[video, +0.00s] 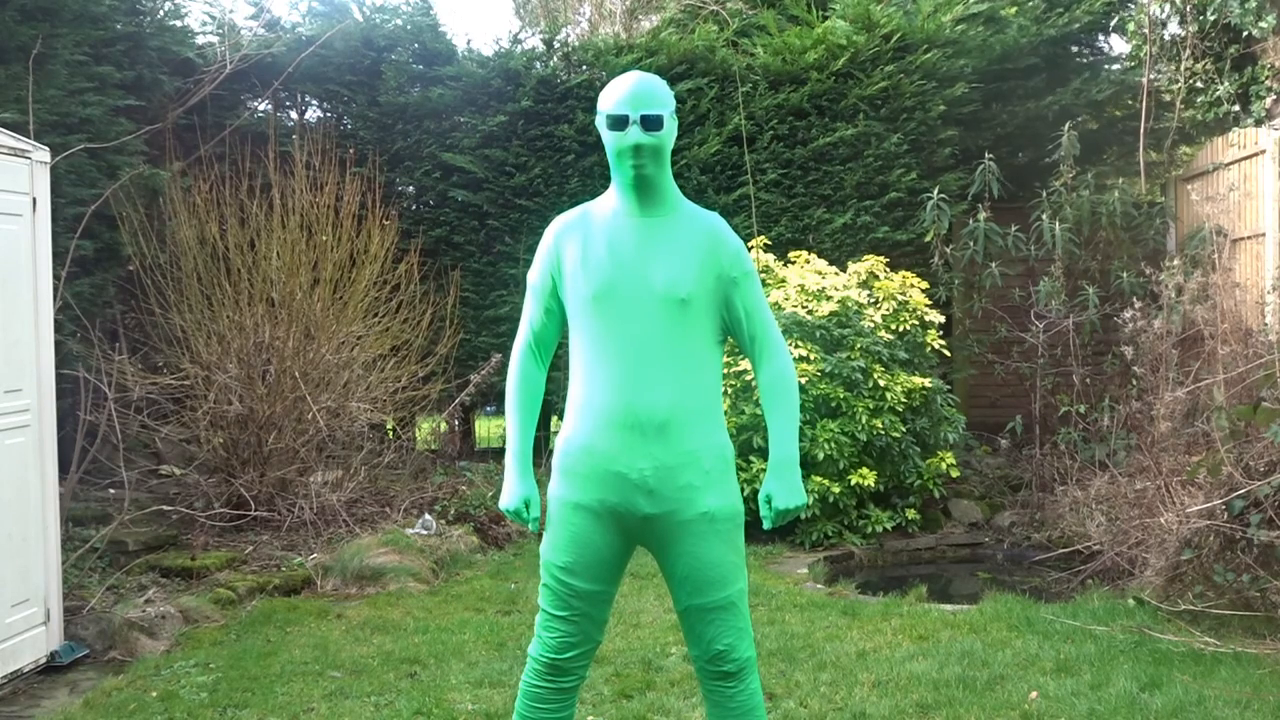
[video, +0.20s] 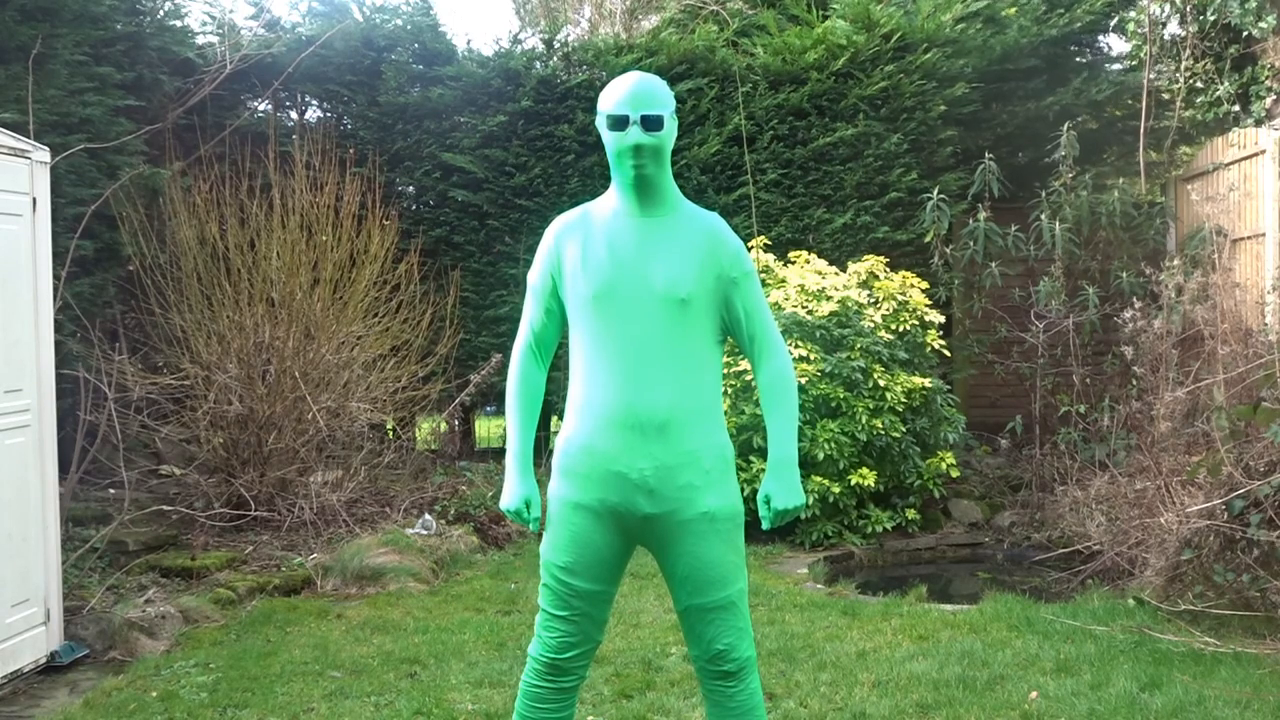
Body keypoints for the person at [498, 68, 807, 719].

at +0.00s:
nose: (636, 136)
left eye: (651, 122)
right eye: (620, 123)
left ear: (673, 129)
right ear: (601, 135)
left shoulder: (713, 237)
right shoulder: (566, 236)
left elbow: (769, 351)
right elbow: (531, 352)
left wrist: (784, 464)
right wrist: (517, 466)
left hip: (698, 486)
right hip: (588, 484)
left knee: (729, 667)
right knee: (554, 665)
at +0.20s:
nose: (637, 136)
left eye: (652, 122)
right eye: (621, 123)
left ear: (673, 130)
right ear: (601, 134)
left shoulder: (713, 237)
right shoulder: (566, 236)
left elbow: (769, 352)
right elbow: (531, 353)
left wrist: (783, 465)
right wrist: (517, 468)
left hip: (698, 485)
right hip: (587, 484)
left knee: (729, 666)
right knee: (554, 665)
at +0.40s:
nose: (637, 136)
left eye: (652, 122)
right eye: (621, 123)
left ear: (674, 131)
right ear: (602, 135)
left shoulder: (713, 238)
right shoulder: (567, 236)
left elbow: (768, 351)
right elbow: (532, 353)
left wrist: (782, 464)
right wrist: (518, 467)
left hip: (698, 485)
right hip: (587, 484)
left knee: (729, 667)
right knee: (554, 665)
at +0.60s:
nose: (638, 137)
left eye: (653, 122)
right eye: (622, 124)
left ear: (674, 131)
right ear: (602, 135)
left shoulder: (713, 239)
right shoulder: (566, 237)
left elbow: (768, 353)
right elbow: (532, 354)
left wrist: (782, 465)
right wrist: (519, 468)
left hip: (698, 487)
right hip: (586, 485)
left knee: (728, 666)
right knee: (553, 664)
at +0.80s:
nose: (638, 137)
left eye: (653, 123)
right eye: (622, 124)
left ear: (674, 132)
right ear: (602, 135)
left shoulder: (712, 239)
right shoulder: (566, 237)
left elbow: (766, 353)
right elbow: (531, 354)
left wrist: (782, 465)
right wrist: (519, 469)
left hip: (697, 487)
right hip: (585, 485)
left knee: (728, 667)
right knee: (552, 665)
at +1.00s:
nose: (638, 136)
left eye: (653, 123)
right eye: (622, 123)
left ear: (674, 133)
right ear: (602, 135)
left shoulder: (712, 240)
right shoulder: (566, 237)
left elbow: (765, 354)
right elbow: (529, 353)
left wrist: (781, 466)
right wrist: (517, 469)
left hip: (696, 488)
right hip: (584, 486)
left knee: (727, 666)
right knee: (553, 663)